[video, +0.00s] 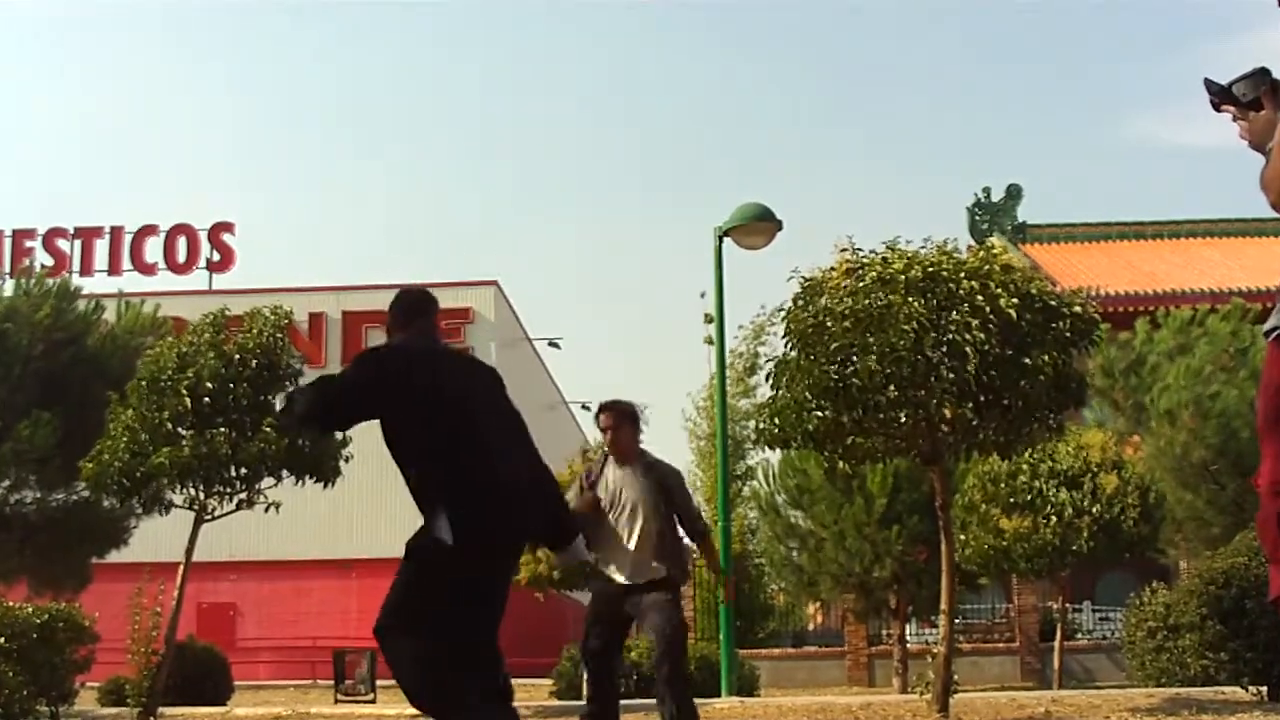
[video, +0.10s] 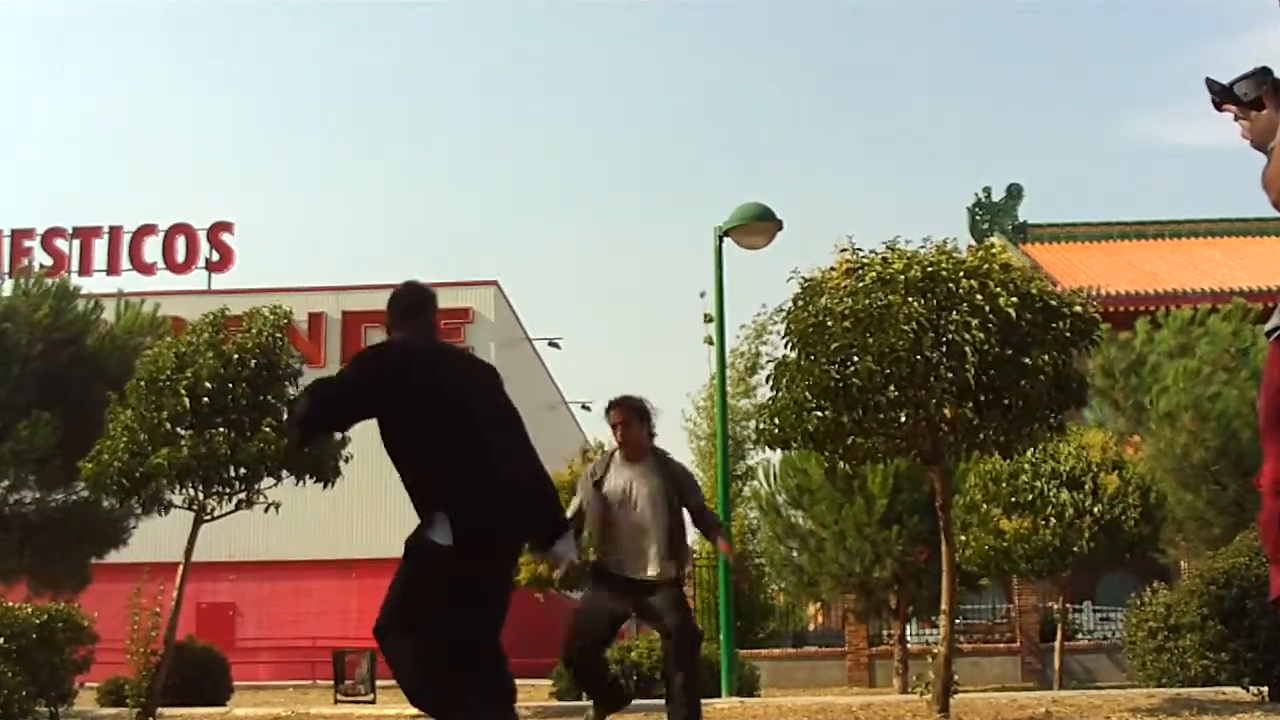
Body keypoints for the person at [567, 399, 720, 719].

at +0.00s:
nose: (606, 438)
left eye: (613, 430)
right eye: (602, 431)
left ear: (634, 430)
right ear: (599, 433)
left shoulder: (664, 476)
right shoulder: (591, 477)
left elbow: (694, 523)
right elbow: (568, 525)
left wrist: (716, 568)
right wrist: (580, 510)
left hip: (657, 586)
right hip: (609, 585)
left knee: (670, 660)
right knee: (596, 657)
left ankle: (678, 714)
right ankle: (601, 714)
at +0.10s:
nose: (618, 433)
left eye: (624, 425)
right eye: (613, 427)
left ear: (646, 426)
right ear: (610, 430)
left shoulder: (672, 473)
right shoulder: (598, 472)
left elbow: (701, 514)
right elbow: (574, 522)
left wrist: (721, 539)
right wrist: (563, 555)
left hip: (660, 583)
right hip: (610, 579)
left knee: (683, 636)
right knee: (578, 648)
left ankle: (684, 713)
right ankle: (608, 698)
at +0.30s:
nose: (598, 422)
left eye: (604, 414)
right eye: (592, 417)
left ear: (625, 413)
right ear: (590, 421)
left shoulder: (643, 452)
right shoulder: (598, 462)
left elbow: (617, 456)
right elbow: (599, 514)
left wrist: (576, 428)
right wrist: (578, 544)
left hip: (646, 572)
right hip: (603, 570)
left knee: (667, 667)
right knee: (557, 615)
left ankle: (680, 714)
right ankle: (570, 711)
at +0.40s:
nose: (565, 402)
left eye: (572, 396)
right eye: (564, 397)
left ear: (595, 401)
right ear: (581, 406)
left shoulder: (609, 430)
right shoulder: (588, 449)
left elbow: (565, 408)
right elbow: (599, 503)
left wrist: (520, 384)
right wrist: (577, 537)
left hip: (620, 550)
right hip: (594, 554)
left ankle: (692, 707)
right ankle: (561, 711)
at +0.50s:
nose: (551, 407)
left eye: (557, 399)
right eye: (549, 400)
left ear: (578, 398)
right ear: (552, 402)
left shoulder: (600, 430)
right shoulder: (565, 446)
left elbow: (577, 417)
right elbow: (559, 496)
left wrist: (540, 400)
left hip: (611, 534)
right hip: (577, 540)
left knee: (629, 607)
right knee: (555, 625)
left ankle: (699, 667)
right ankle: (560, 710)